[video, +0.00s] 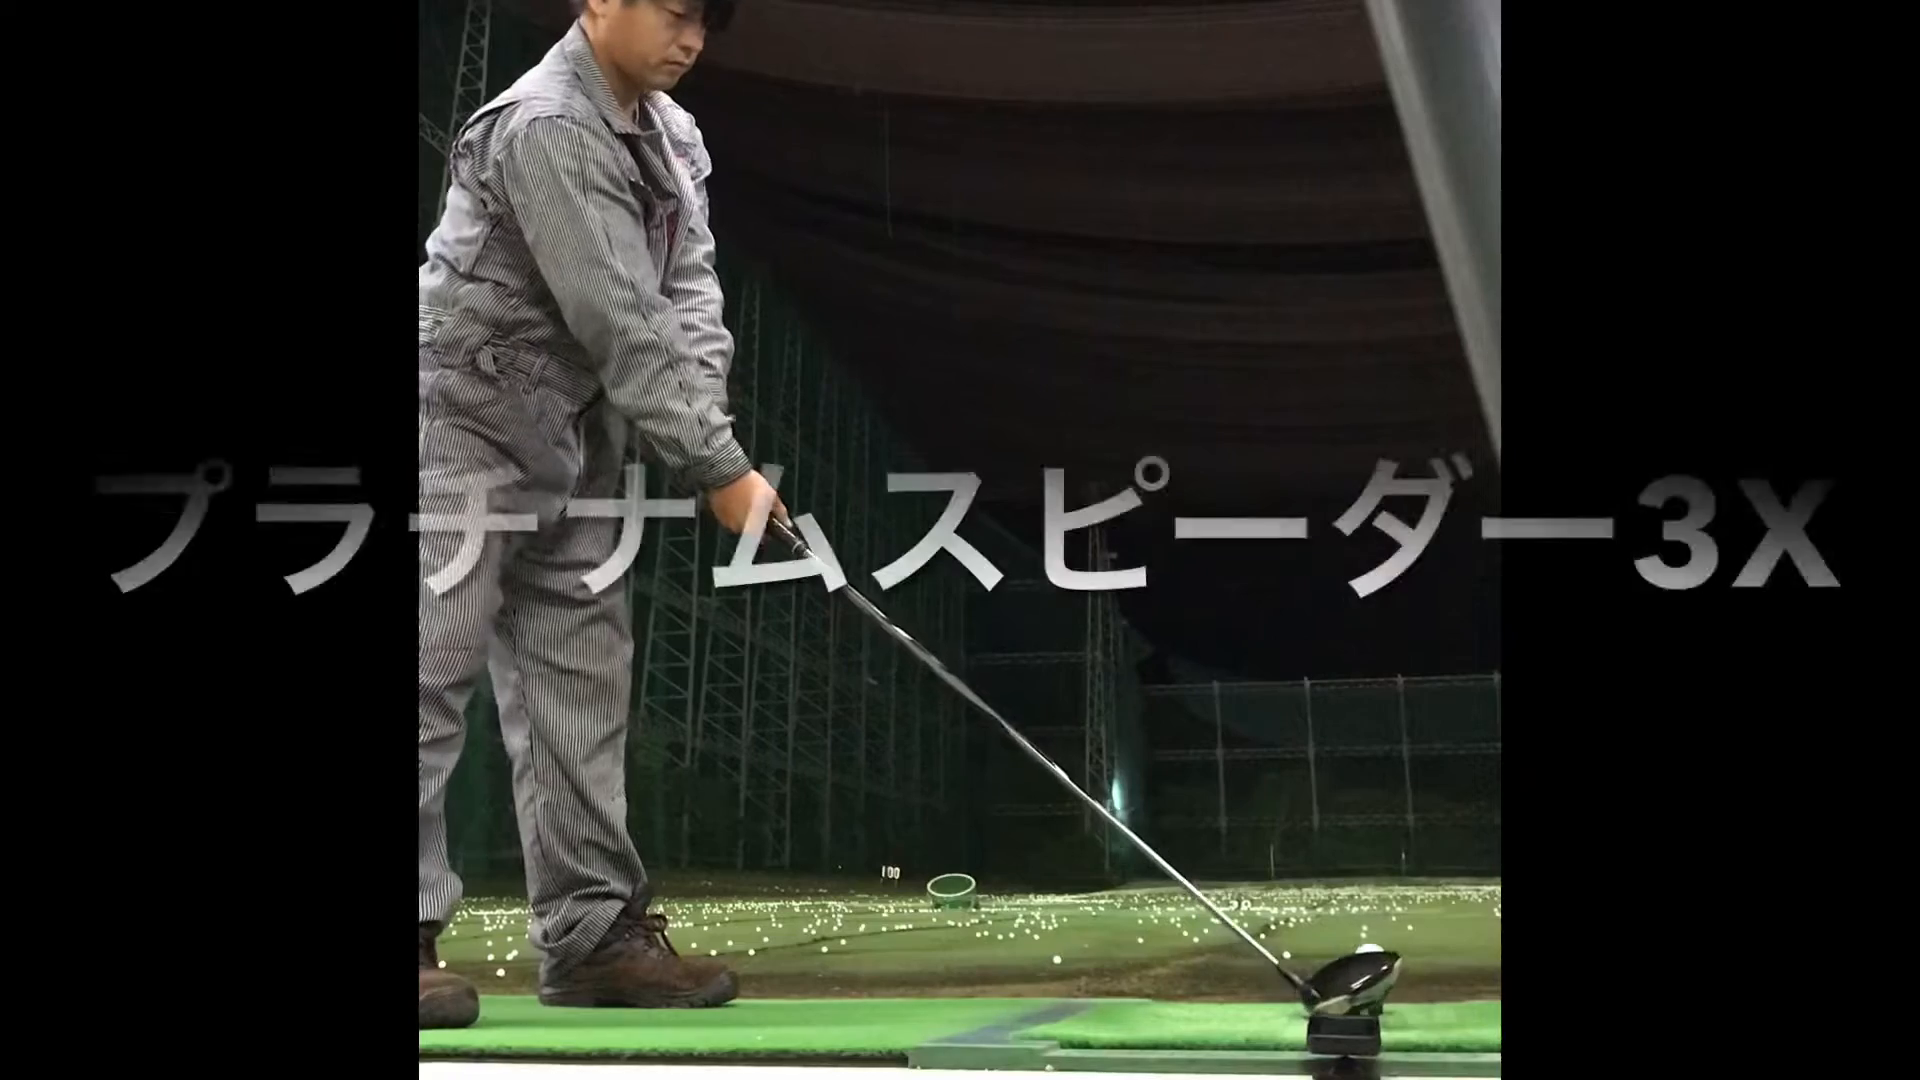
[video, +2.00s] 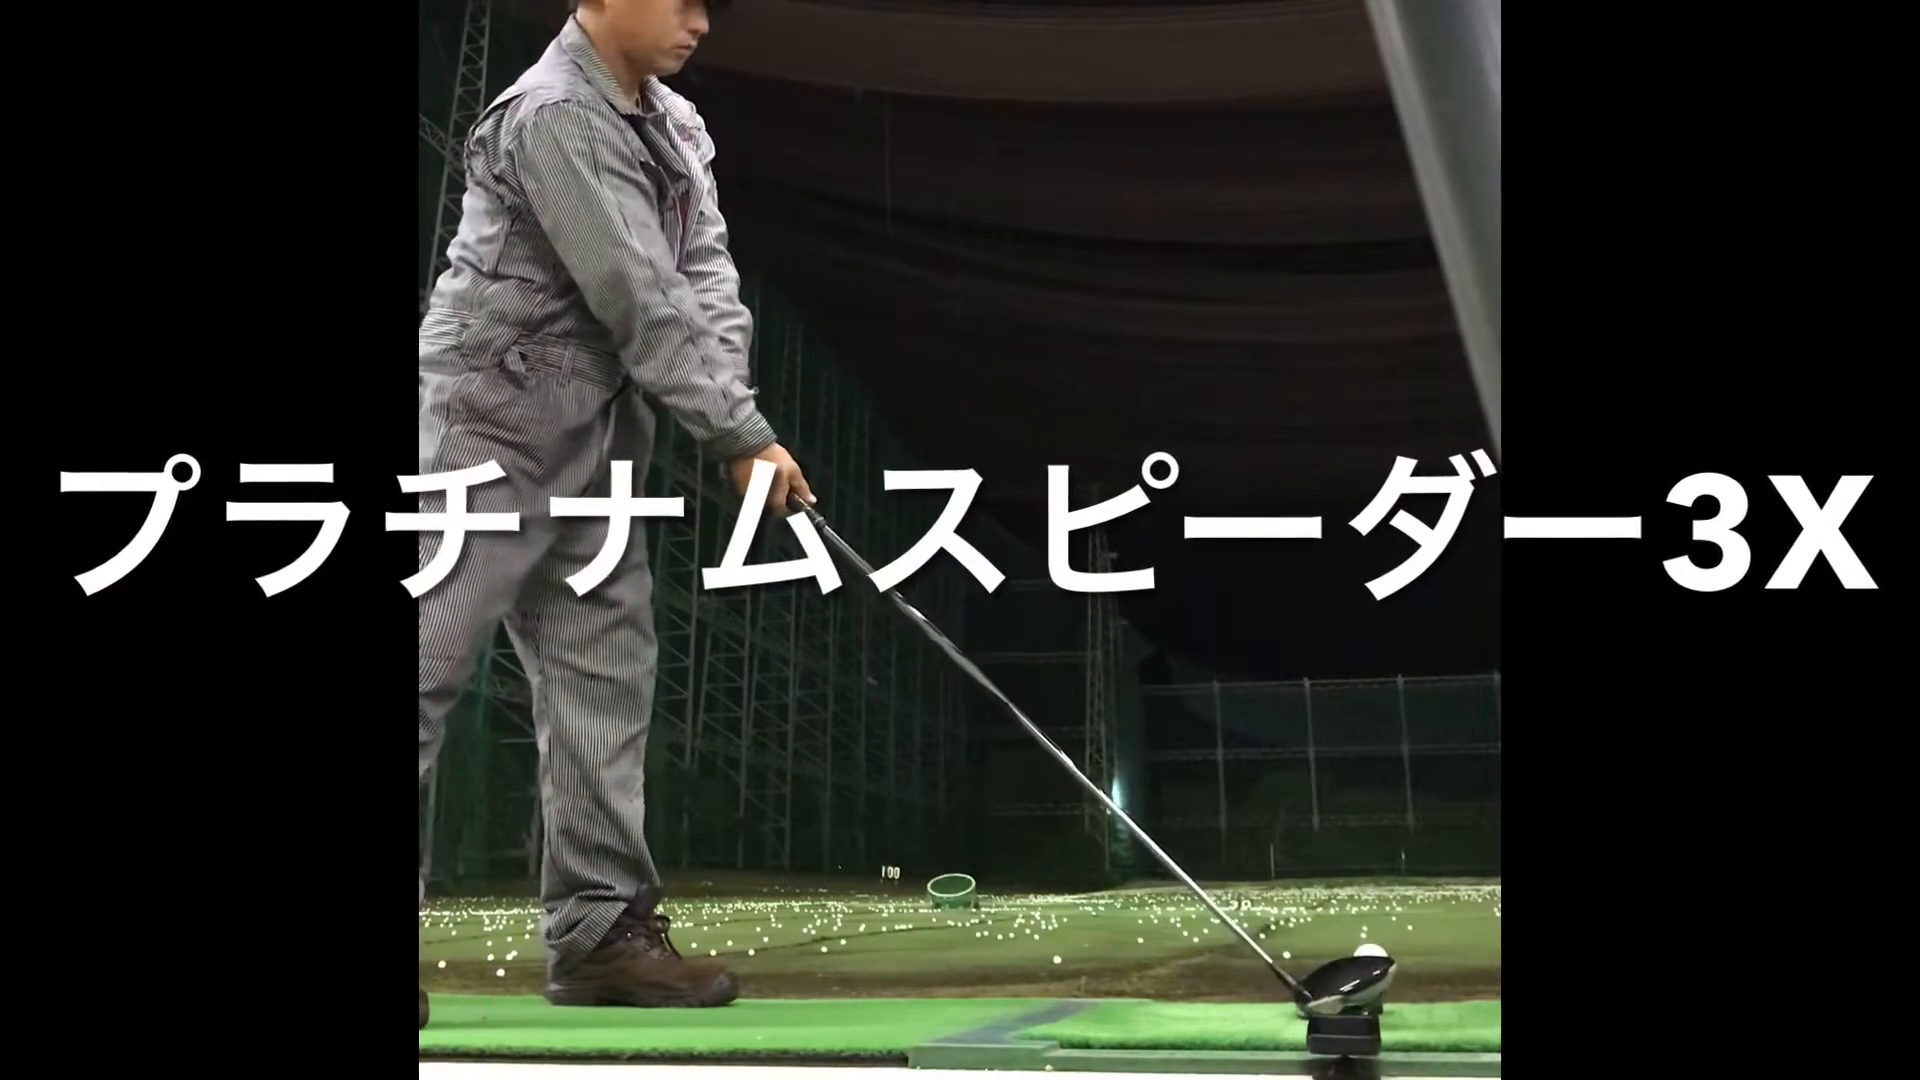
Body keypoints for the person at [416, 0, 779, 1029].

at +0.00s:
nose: (692, 39)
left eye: (701, 20)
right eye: (671, 15)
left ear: (699, 30)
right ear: (597, 9)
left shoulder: (675, 132)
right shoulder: (548, 125)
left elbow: (694, 294)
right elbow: (615, 318)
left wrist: (701, 428)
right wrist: (719, 467)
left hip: (578, 443)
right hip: (463, 430)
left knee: (576, 680)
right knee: (435, 679)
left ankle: (590, 938)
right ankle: (416, 946)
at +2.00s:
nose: (702, 20)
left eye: (704, 4)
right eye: (683, 0)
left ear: (670, 16)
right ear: (605, 2)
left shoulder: (676, 121)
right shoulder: (554, 113)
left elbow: (708, 277)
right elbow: (637, 295)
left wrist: (730, 419)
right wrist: (743, 434)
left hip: (591, 448)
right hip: (480, 436)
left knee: (602, 682)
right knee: (430, 683)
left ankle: (598, 935)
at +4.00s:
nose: (671, 19)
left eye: (679, 4)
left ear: (677, 18)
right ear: (581, 2)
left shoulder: (658, 120)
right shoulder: (543, 107)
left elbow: (698, 267)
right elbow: (627, 284)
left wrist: (724, 401)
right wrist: (732, 422)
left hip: (591, 434)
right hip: (484, 426)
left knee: (601, 667)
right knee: (434, 672)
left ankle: (599, 934)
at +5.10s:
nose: (653, 30)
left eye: (670, 20)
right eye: (638, 5)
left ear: (673, 42)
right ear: (574, 2)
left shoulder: (682, 132)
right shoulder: (469, 105)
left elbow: (680, 240)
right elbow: (512, 236)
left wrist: (645, 335)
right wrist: (590, 342)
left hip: (604, 428)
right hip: (460, 421)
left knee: (629, 677)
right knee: (420, 656)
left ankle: (600, 935)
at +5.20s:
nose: (653, 33)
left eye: (672, 26)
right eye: (639, 7)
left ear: (676, 48)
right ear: (577, 2)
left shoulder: (685, 130)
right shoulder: (454, 95)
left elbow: (620, 194)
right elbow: (440, 178)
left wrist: (492, 228)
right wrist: (446, 225)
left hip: (591, 430)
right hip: (441, 413)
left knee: (634, 683)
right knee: (416, 640)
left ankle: (601, 936)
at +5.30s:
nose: (651, 30)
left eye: (672, 24)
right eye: (636, 5)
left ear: (678, 47)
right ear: (578, 4)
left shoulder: (677, 120)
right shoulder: (472, 84)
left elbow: (556, 108)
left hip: (572, 405)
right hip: (435, 386)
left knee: (624, 673)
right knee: (420, 620)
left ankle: (607, 930)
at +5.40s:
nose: (634, 24)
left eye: (647, 21)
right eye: (628, 7)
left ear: (656, 33)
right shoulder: (448, 77)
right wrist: (533, 31)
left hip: (533, 377)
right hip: (427, 378)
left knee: (610, 658)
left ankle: (622, 913)